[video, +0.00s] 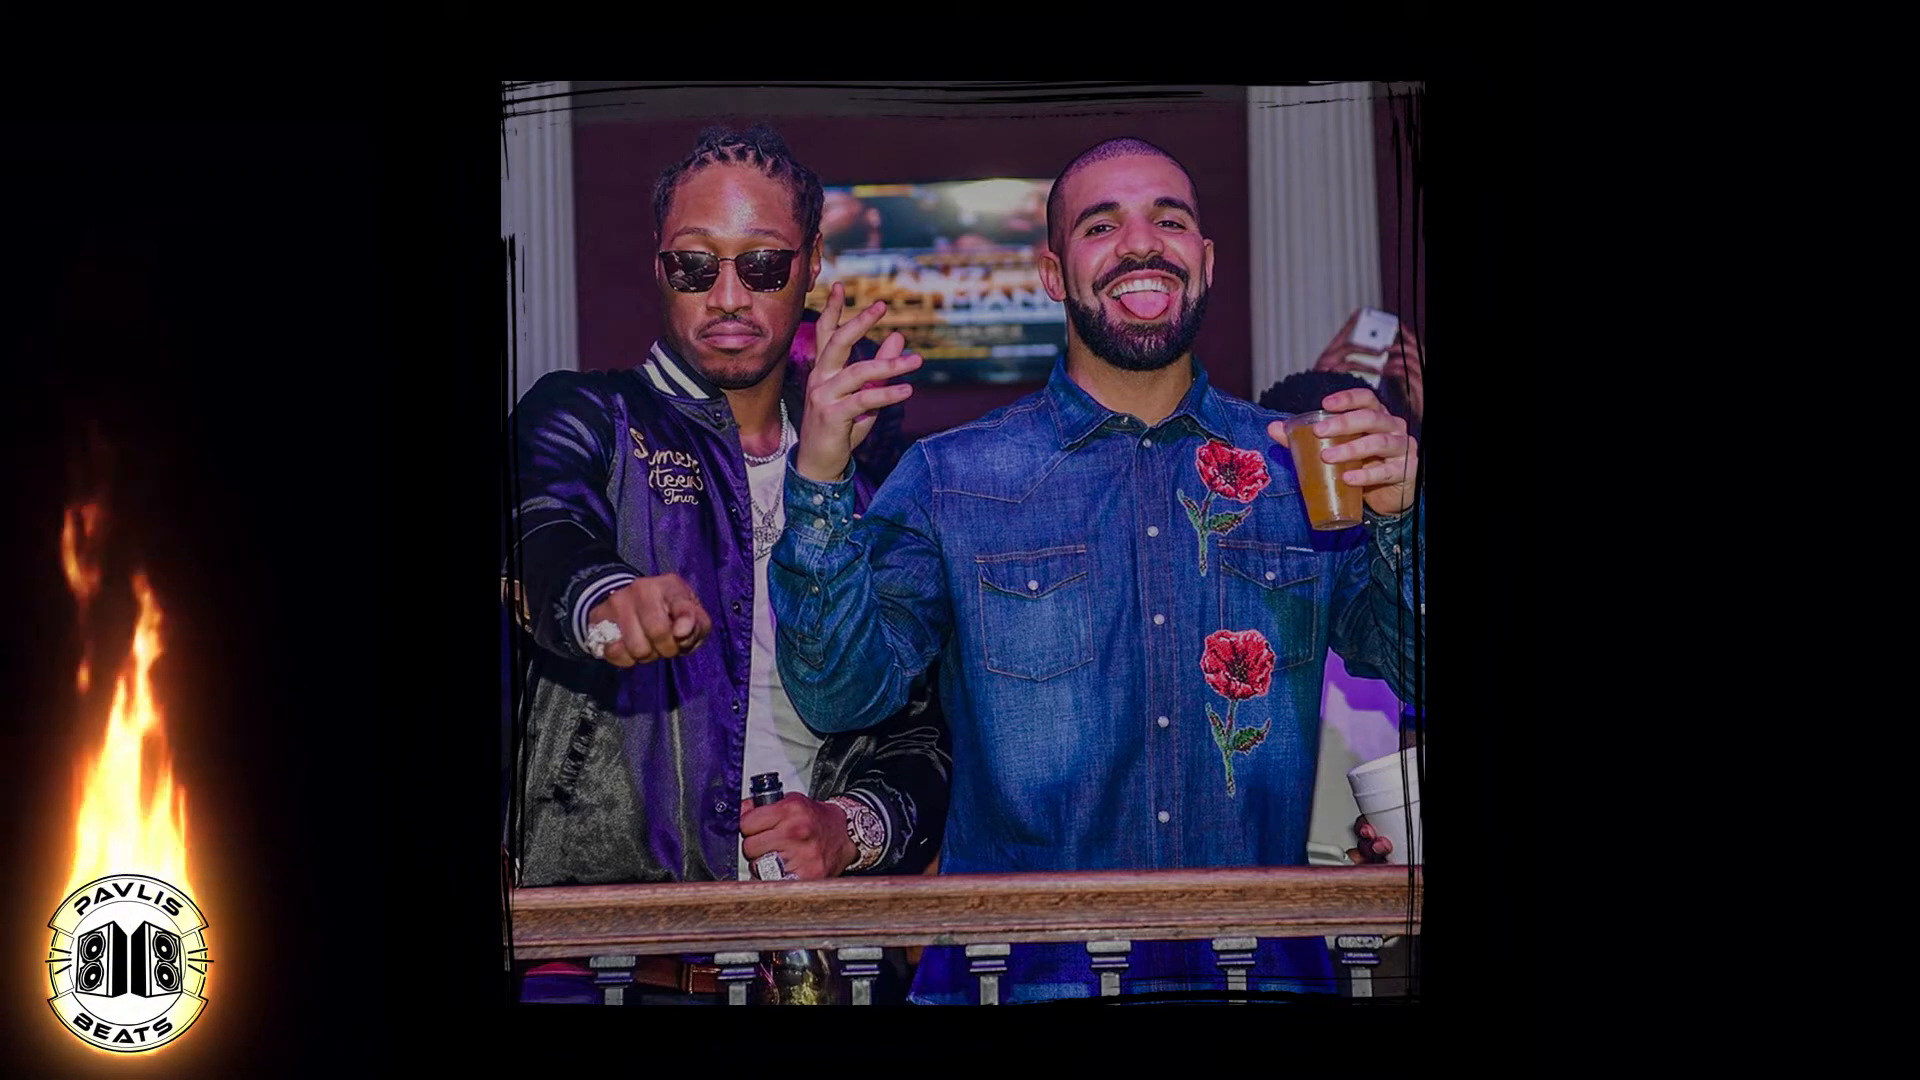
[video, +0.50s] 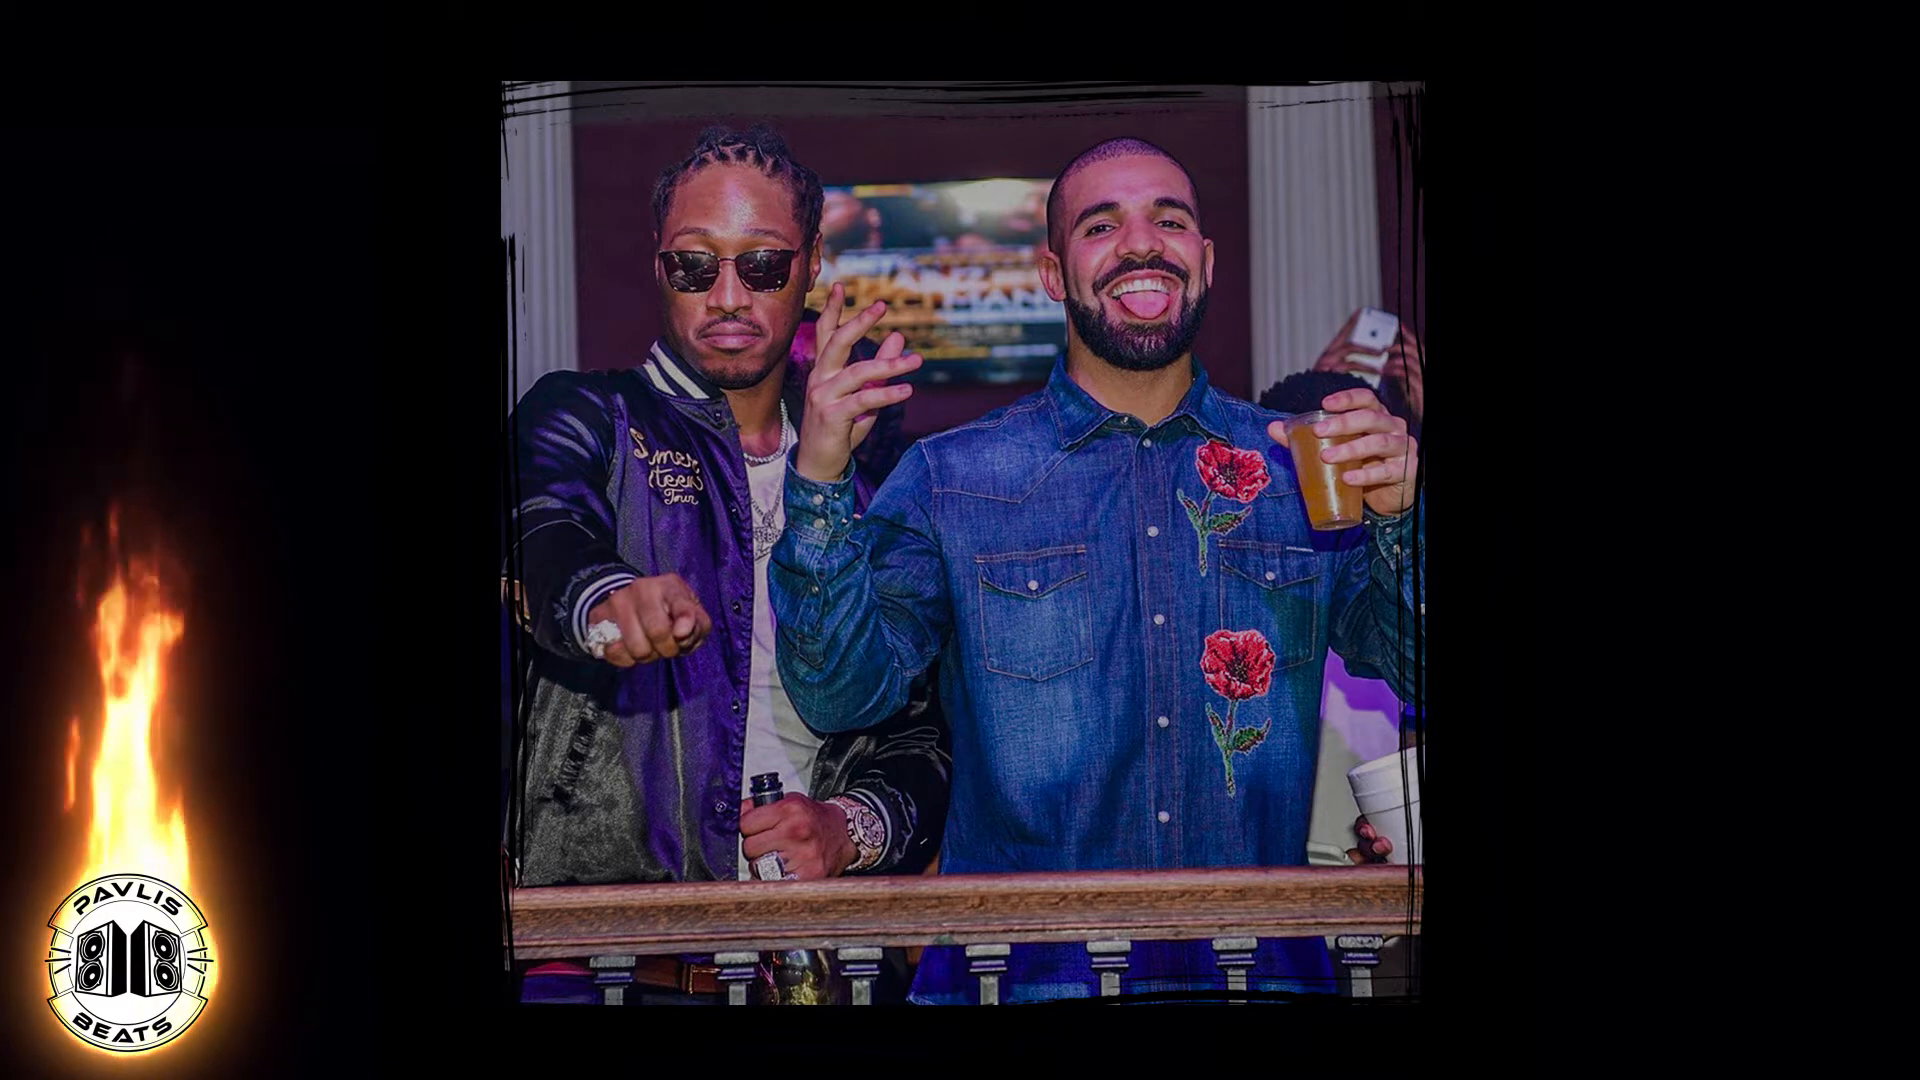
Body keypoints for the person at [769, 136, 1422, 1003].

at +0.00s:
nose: (1141, 243)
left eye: (1169, 219)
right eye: (1102, 225)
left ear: (1207, 258)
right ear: (1055, 272)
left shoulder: (1304, 469)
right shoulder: (945, 479)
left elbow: (1414, 674)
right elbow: (840, 692)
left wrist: (1402, 516)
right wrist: (819, 472)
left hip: (1255, 954)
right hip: (1021, 963)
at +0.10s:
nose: (1141, 243)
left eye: (1169, 219)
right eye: (1102, 225)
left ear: (1207, 258)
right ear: (1055, 272)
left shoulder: (1304, 469)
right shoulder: (945, 479)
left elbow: (1414, 674)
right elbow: (840, 692)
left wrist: (1402, 516)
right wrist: (819, 472)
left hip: (1255, 954)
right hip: (1021, 963)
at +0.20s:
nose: (1141, 243)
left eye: (1169, 219)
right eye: (1102, 225)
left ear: (1207, 258)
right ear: (1055, 272)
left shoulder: (1304, 469)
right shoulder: (945, 479)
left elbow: (1414, 674)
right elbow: (840, 692)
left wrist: (1402, 516)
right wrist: (819, 472)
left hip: (1254, 954)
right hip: (1021, 963)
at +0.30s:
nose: (1140, 243)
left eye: (1169, 219)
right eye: (1101, 225)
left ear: (1208, 258)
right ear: (1055, 272)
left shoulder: (1304, 470)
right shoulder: (945, 479)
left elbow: (1413, 673)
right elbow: (840, 693)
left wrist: (1402, 516)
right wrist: (818, 475)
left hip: (1254, 955)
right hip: (1020, 962)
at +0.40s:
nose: (1142, 242)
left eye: (1170, 219)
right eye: (1102, 225)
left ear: (1207, 259)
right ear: (1055, 273)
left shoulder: (1304, 469)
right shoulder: (945, 478)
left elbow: (1413, 673)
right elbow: (840, 692)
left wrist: (1402, 516)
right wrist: (818, 475)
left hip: (1255, 955)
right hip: (1022, 963)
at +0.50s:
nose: (1142, 242)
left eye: (1170, 219)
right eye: (1102, 225)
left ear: (1207, 259)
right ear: (1055, 273)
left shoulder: (1304, 469)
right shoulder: (945, 478)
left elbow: (1413, 673)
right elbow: (840, 692)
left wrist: (1402, 516)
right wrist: (818, 475)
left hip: (1255, 955)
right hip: (1022, 963)